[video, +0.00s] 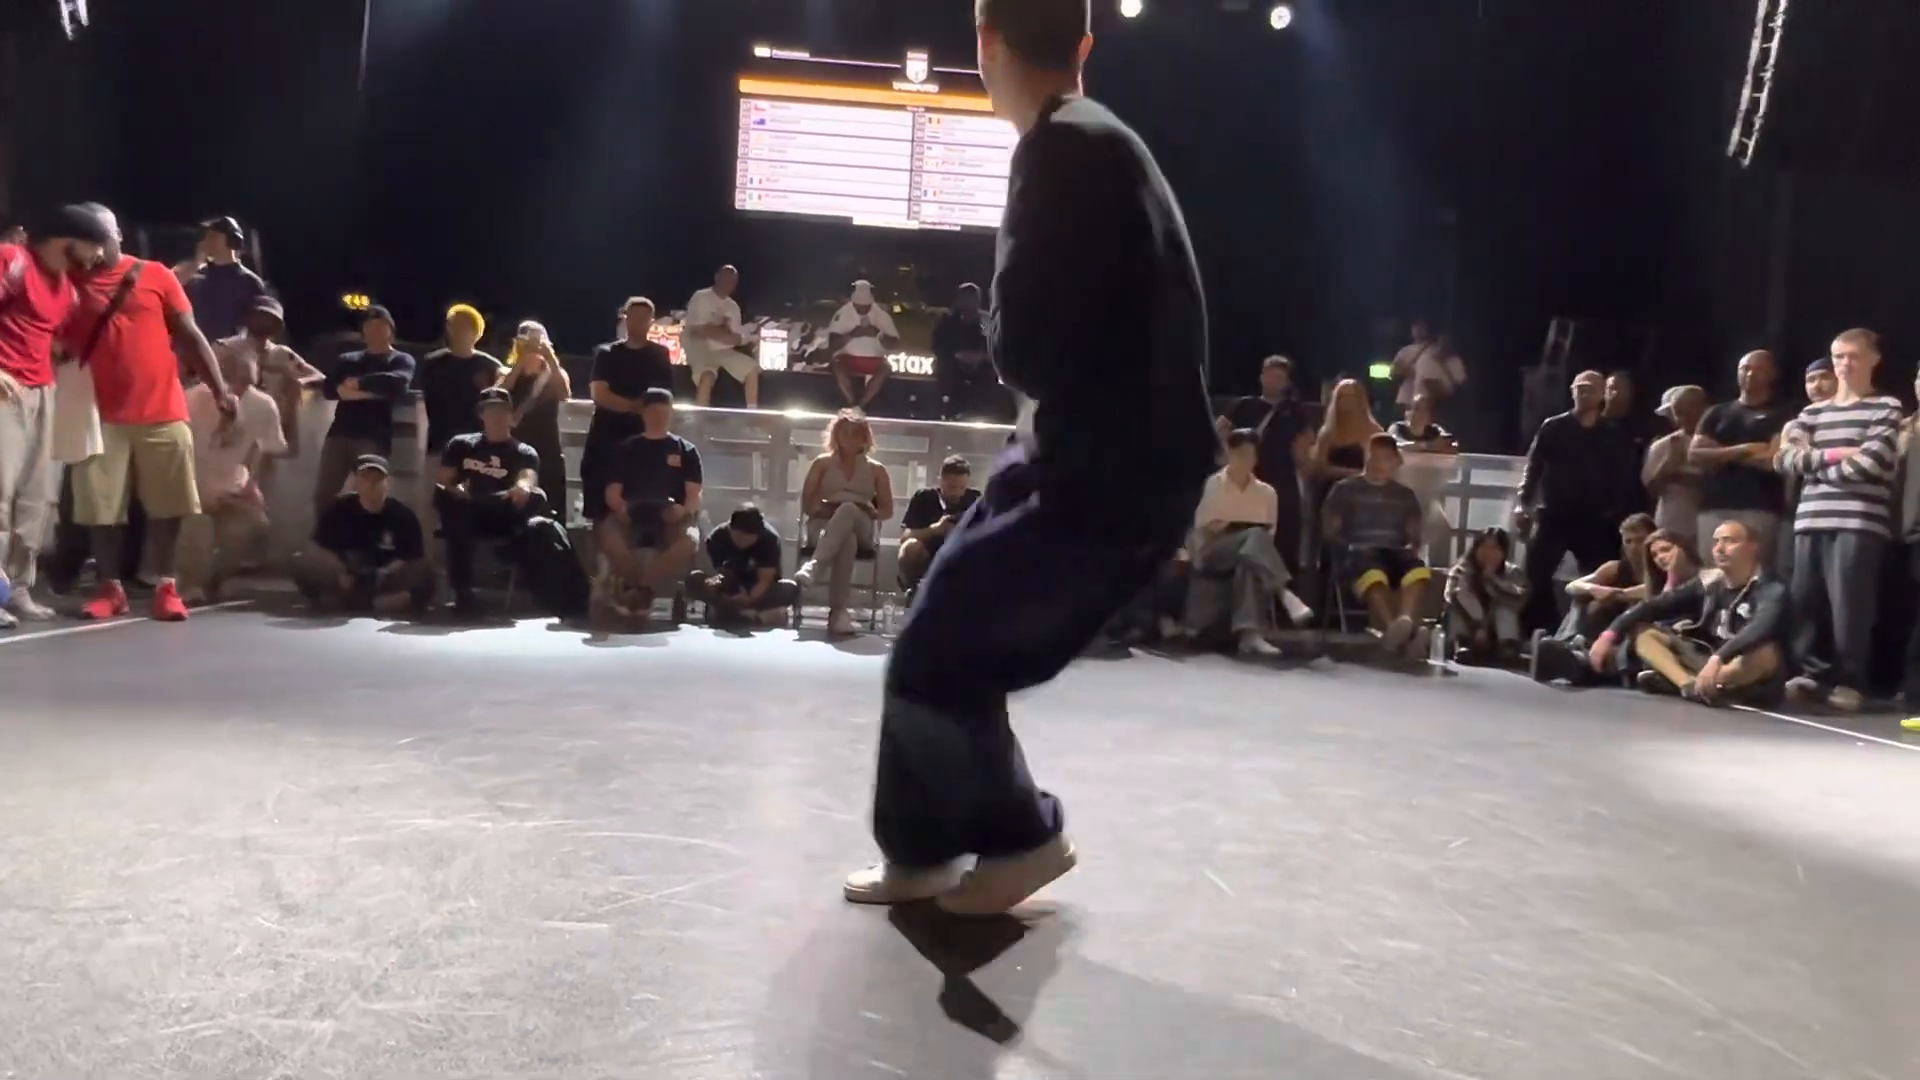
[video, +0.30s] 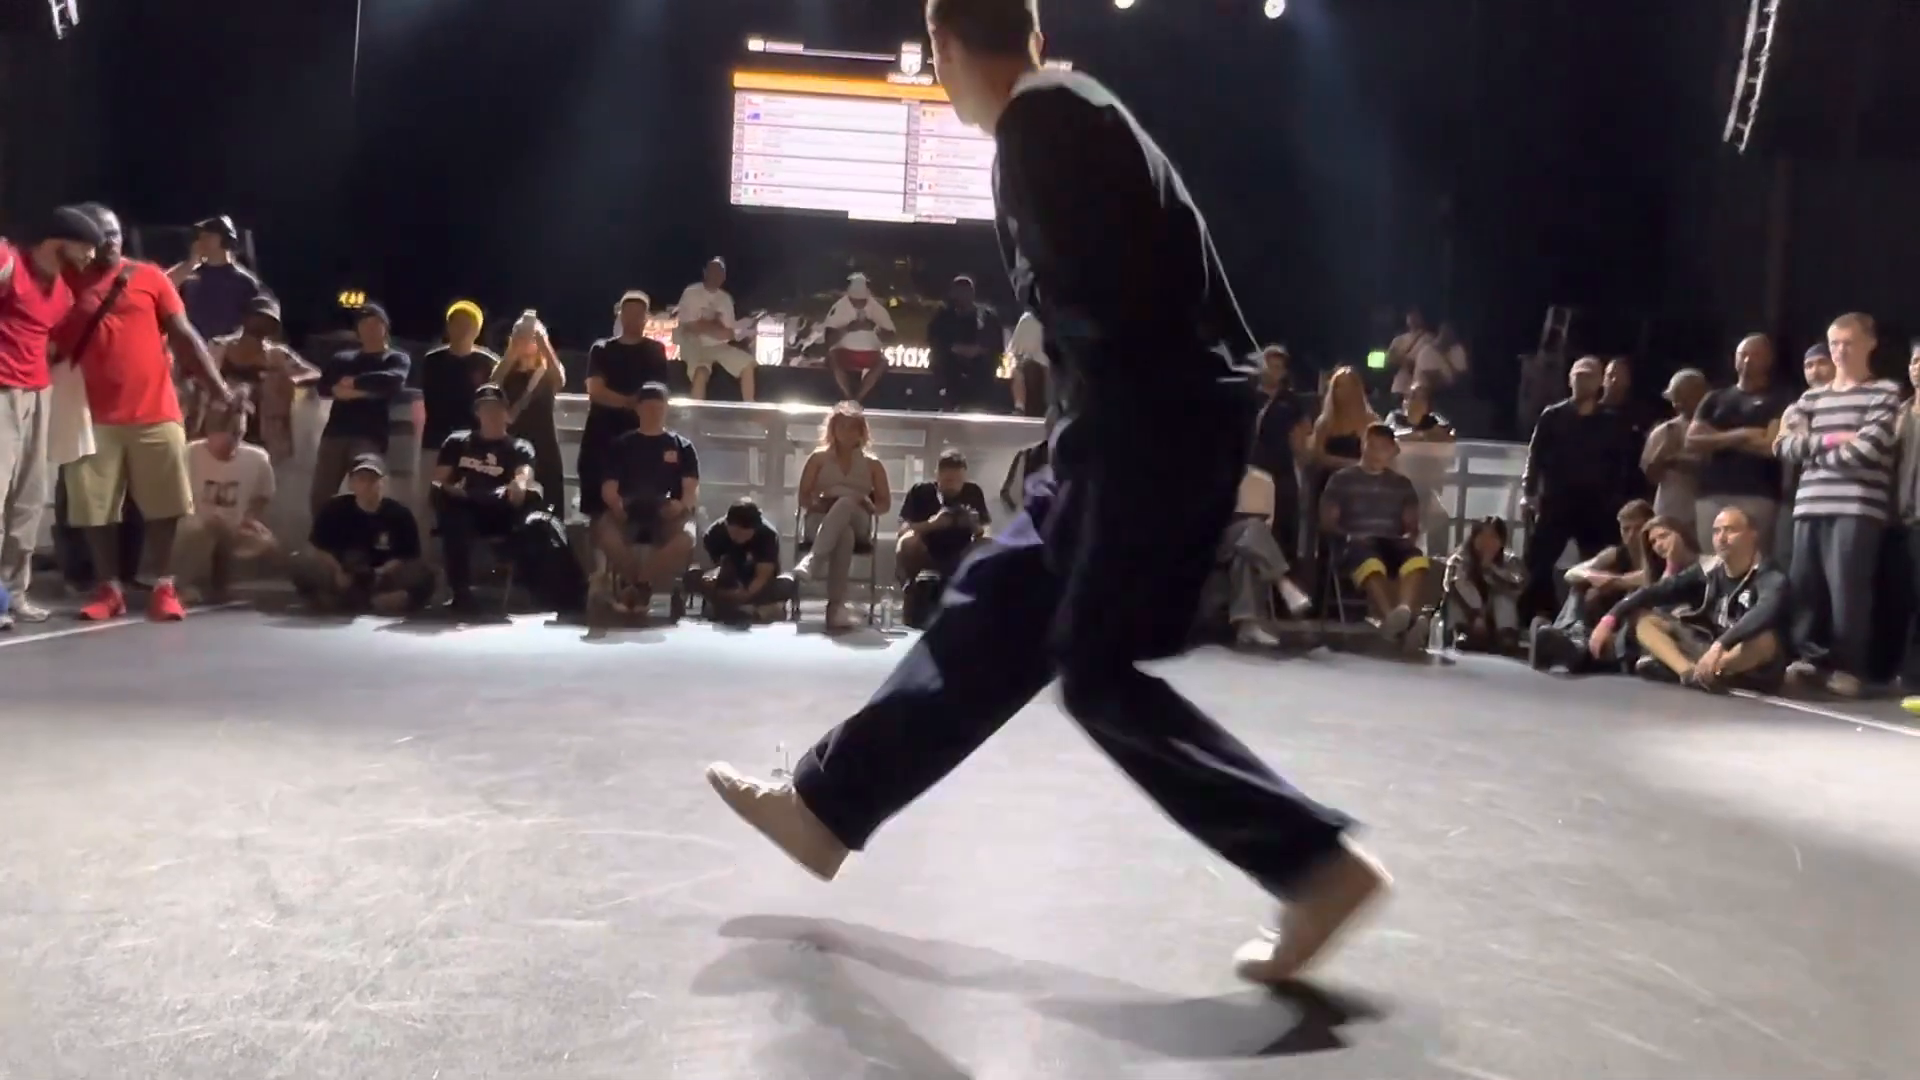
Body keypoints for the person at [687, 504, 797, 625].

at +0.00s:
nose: (742, 542)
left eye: (748, 539)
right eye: (739, 537)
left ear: (757, 534)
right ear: (731, 529)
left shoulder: (769, 539)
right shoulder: (715, 539)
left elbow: (765, 580)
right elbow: (723, 573)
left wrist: (749, 598)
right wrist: (716, 582)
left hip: (758, 584)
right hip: (731, 585)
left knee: (790, 588)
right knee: (694, 581)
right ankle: (756, 616)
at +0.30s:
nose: (739, 536)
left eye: (745, 533)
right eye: (735, 531)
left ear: (754, 528)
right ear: (728, 525)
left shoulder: (767, 535)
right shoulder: (713, 535)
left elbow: (764, 574)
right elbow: (719, 566)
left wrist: (748, 593)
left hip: (757, 578)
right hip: (731, 578)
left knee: (786, 584)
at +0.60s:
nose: (744, 548)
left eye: (750, 544)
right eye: (740, 543)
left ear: (759, 539)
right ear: (733, 536)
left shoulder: (772, 545)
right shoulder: (717, 547)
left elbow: (768, 585)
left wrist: (751, 604)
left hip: (761, 591)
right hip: (732, 592)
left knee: (791, 593)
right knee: (696, 588)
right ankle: (751, 621)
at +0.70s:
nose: (747, 555)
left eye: (753, 551)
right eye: (743, 550)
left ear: (762, 546)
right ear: (736, 542)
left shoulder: (775, 551)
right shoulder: (720, 553)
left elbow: (771, 592)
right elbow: (727, 584)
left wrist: (755, 611)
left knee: (792, 598)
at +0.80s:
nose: (749, 558)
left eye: (754, 554)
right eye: (745, 553)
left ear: (763, 547)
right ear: (737, 545)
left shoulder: (775, 553)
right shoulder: (720, 555)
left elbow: (772, 594)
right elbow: (730, 589)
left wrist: (754, 613)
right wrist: (721, 597)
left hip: (766, 597)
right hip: (738, 600)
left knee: (796, 602)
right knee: (701, 597)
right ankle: (761, 630)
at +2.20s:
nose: (760, 554)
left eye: (765, 550)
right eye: (756, 549)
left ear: (774, 544)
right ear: (748, 542)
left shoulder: (787, 552)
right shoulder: (733, 554)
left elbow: (785, 592)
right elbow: (743, 586)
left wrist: (767, 612)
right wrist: (736, 595)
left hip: (777, 597)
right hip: (749, 599)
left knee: (809, 601)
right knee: (713, 595)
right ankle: (774, 629)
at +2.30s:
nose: (761, 553)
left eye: (767, 548)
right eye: (757, 548)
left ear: (775, 543)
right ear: (749, 541)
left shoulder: (788, 551)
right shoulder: (734, 553)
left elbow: (785, 592)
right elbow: (744, 586)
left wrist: (769, 610)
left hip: (778, 597)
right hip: (750, 598)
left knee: (810, 599)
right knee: (715, 593)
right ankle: (776, 627)